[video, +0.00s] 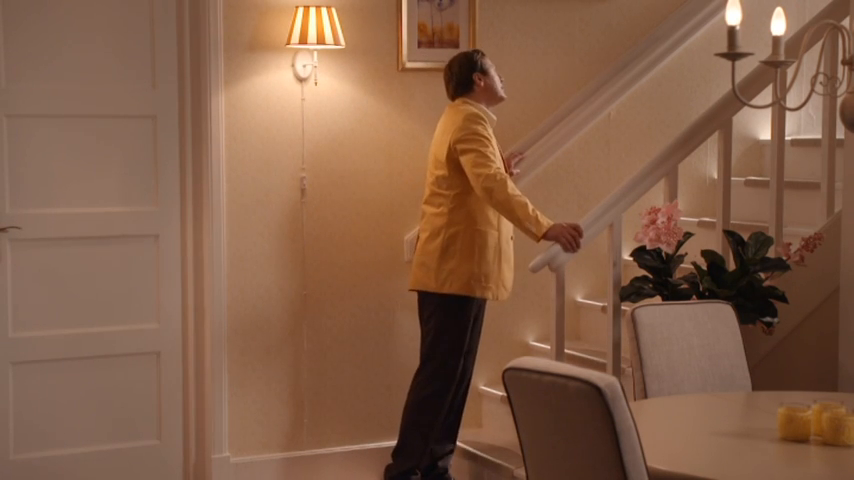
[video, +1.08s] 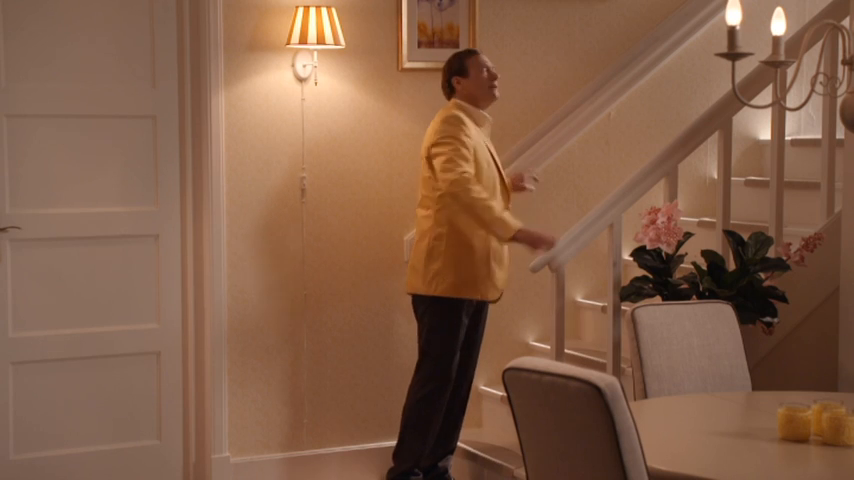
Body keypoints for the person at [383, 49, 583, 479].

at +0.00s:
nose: (501, 80)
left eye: (496, 72)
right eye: (494, 72)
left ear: (470, 82)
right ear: (479, 80)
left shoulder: (462, 119)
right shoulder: (468, 120)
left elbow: (462, 192)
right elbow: (492, 185)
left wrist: (500, 176)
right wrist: (545, 227)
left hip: (464, 270)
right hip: (453, 270)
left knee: (455, 375)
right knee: (441, 374)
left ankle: (434, 468)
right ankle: (406, 470)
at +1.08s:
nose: (496, 78)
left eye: (493, 72)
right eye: (486, 72)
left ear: (470, 83)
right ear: (459, 82)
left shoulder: (475, 128)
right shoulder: (450, 125)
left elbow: (475, 189)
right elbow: (460, 189)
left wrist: (507, 183)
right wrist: (518, 231)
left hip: (474, 274)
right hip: (445, 274)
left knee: (458, 379)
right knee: (436, 377)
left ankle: (436, 467)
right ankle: (406, 470)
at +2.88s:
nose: (231, 92)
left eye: (240, 85)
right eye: (233, 84)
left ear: (270, 92)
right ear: (259, 93)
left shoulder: (293, 140)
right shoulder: (248, 138)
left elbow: (311, 215)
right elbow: (254, 203)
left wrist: (242, 217)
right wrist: (227, 217)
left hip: (283, 292)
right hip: (252, 288)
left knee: (247, 391)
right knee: (278, 394)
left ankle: (219, 476)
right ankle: (321, 473)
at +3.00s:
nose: (221, 89)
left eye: (232, 83)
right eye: (225, 82)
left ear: (261, 95)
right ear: (250, 96)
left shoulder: (283, 147)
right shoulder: (235, 140)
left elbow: (292, 221)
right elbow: (238, 207)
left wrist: (222, 217)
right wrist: (207, 218)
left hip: (259, 304)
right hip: (222, 298)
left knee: (218, 403)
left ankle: (208, 478)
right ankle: (285, 455)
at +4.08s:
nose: (389, 86)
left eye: (387, 79)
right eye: (381, 79)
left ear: (359, 87)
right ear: (354, 86)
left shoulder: (365, 137)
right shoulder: (316, 131)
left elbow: (373, 196)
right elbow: (286, 199)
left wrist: (423, 190)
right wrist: (306, 253)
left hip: (359, 285)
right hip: (320, 283)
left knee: (360, 387)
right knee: (318, 377)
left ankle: (362, 473)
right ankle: (270, 474)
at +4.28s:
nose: (410, 87)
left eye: (408, 80)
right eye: (402, 79)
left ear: (381, 87)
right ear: (377, 85)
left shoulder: (380, 135)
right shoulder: (342, 128)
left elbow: (389, 192)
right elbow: (312, 192)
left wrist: (434, 174)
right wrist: (330, 248)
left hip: (370, 284)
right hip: (344, 283)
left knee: (360, 381)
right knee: (363, 380)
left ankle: (355, 470)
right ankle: (355, 472)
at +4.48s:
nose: (416, 86)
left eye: (414, 79)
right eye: (410, 79)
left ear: (386, 85)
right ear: (387, 85)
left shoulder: (382, 129)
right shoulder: (358, 127)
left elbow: (378, 199)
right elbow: (329, 196)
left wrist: (411, 184)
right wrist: (340, 252)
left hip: (383, 281)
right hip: (366, 283)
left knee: (383, 383)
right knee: (376, 386)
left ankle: (365, 471)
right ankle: (365, 474)